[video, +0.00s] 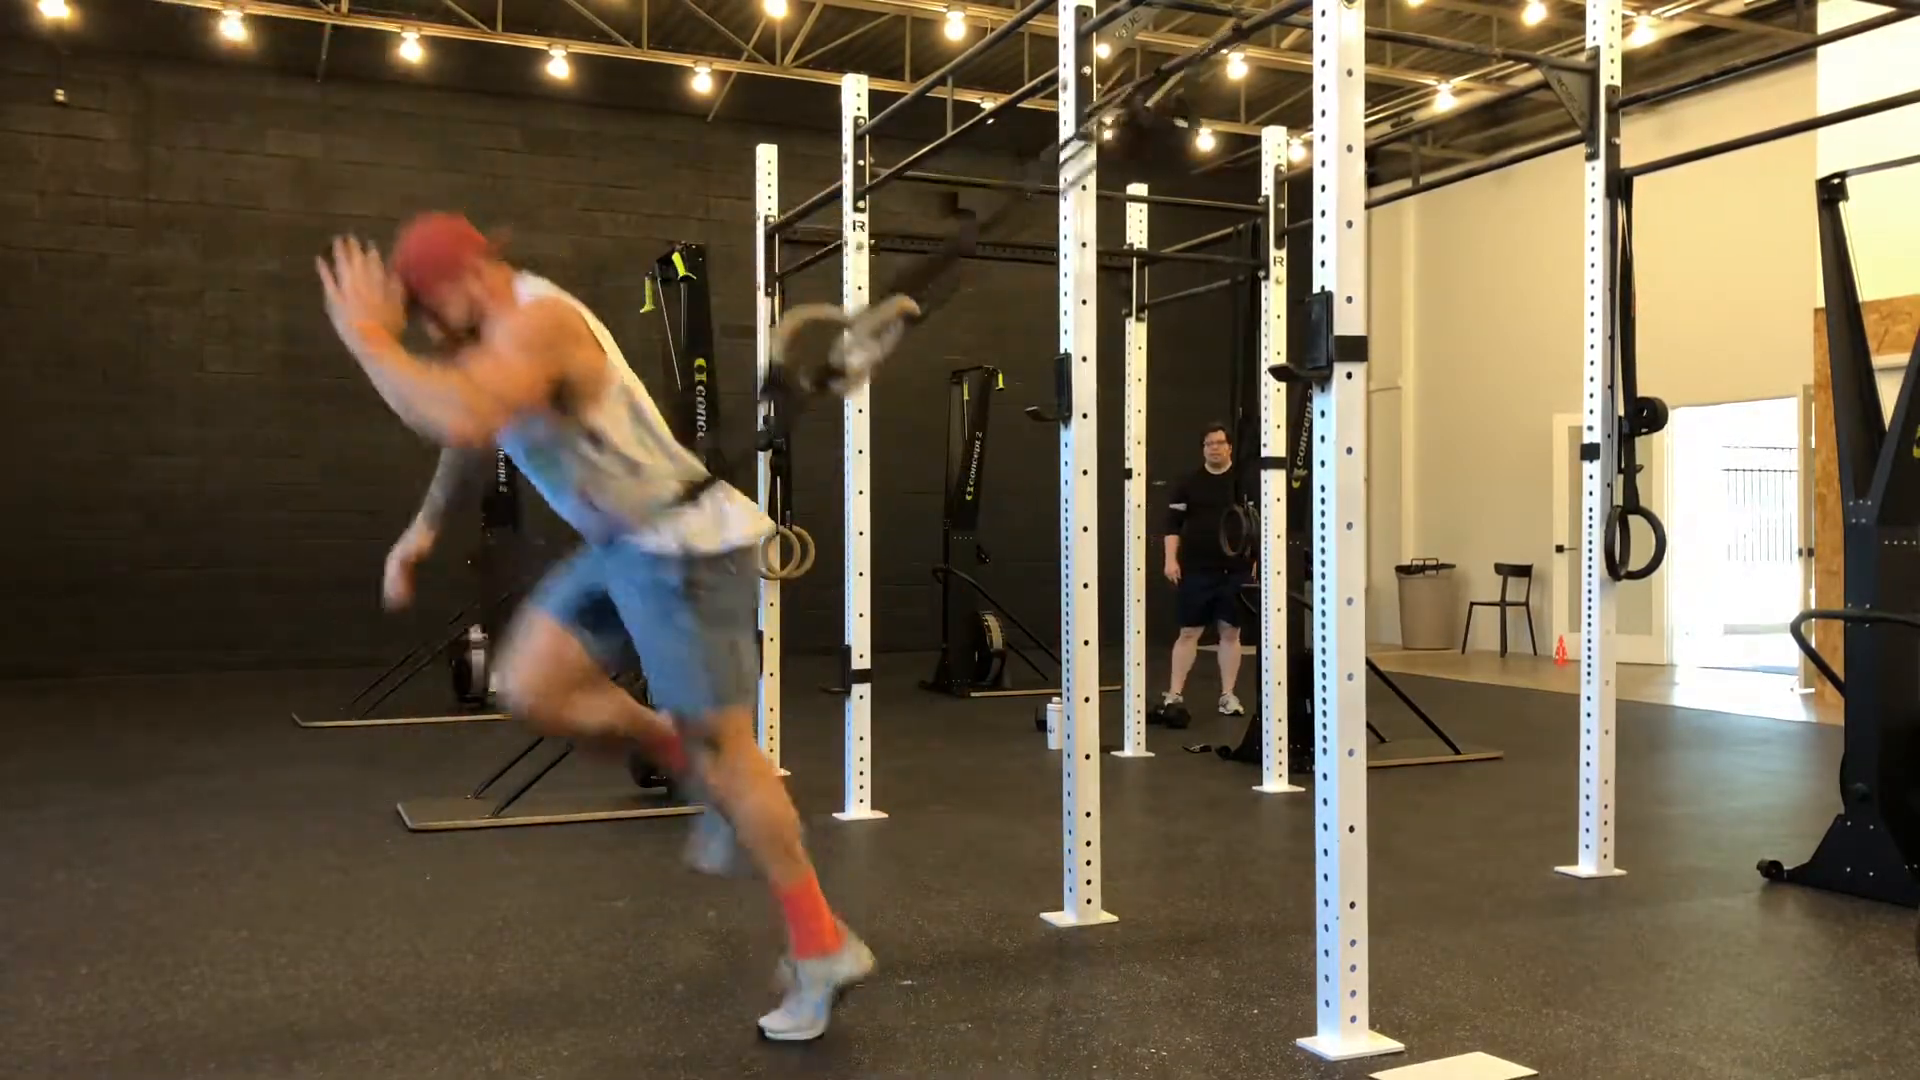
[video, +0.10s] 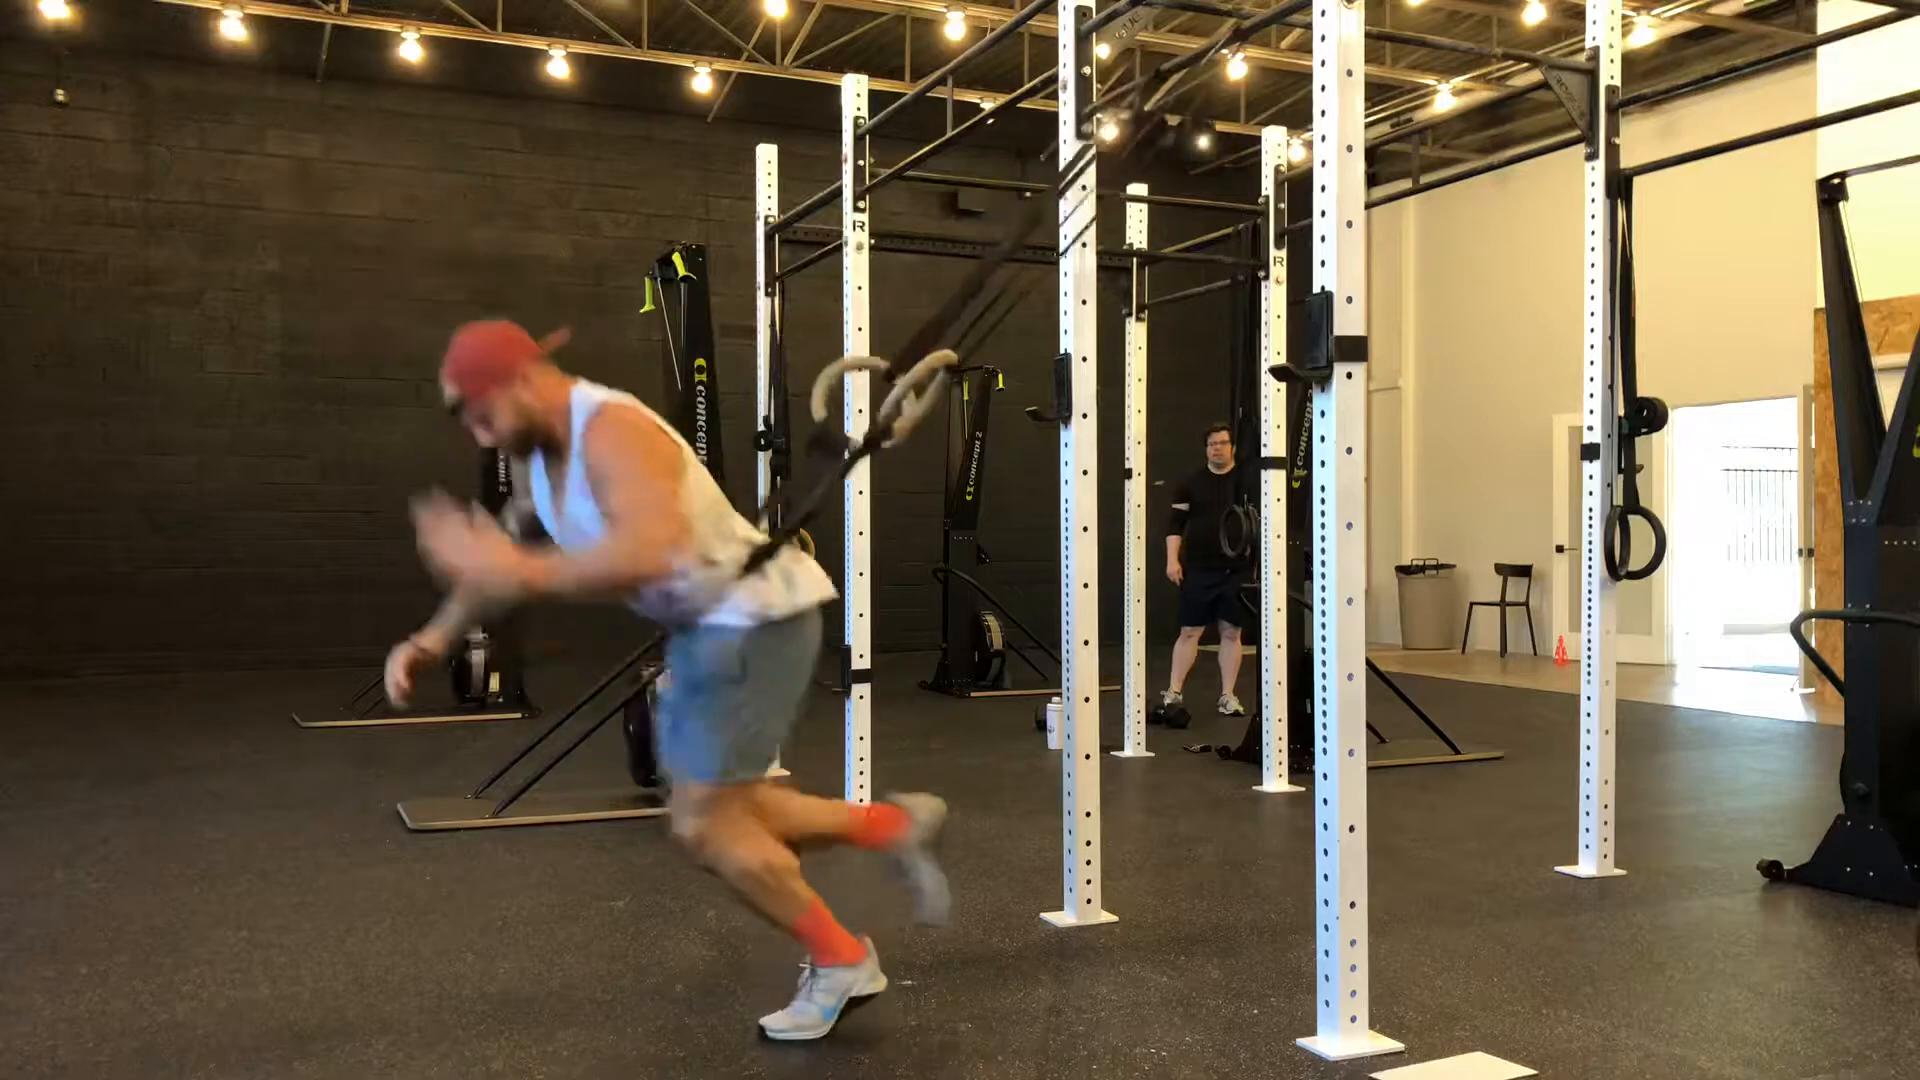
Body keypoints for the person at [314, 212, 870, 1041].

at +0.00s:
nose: (444, 320)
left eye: (446, 301)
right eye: (433, 311)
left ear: (478, 269)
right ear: (432, 306)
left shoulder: (542, 318)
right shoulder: (481, 335)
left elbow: (465, 414)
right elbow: (470, 439)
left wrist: (370, 338)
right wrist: (425, 528)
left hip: (684, 546)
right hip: (616, 547)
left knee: (727, 756)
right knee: (533, 685)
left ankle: (821, 945)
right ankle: (699, 758)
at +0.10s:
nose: (472, 425)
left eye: (476, 406)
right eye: (463, 413)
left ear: (522, 380)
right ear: (503, 393)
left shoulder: (614, 427)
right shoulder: (538, 458)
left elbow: (652, 548)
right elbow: (511, 558)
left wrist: (522, 568)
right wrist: (435, 636)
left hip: (760, 613)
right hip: (701, 625)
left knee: (707, 822)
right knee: (716, 809)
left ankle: (844, 959)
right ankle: (899, 824)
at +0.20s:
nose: (511, 495)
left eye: (511, 477)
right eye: (502, 483)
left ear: (554, 446)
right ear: (543, 456)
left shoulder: (653, 485)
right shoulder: (570, 521)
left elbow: (771, 573)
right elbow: (565, 624)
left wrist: (721, 698)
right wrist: (510, 679)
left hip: (798, 646)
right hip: (790, 650)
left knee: (692, 825)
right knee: (843, 829)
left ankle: (837, 956)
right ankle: (1021, 863)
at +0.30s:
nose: (572, 560)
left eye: (572, 543)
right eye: (563, 549)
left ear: (612, 508)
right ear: (595, 525)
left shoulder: (705, 535)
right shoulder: (642, 583)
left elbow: (843, 575)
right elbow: (634, 687)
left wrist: (915, 685)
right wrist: (561, 677)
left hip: (861, 684)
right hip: (836, 689)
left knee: (707, 812)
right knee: (944, 836)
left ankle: (837, 957)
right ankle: (1091, 898)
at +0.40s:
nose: (602, 571)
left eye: (601, 555)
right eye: (594, 561)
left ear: (635, 522)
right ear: (627, 532)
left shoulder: (730, 539)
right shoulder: (672, 594)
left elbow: (874, 561)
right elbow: (664, 682)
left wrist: (960, 656)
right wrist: (586, 659)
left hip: (889, 676)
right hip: (876, 683)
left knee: (732, 801)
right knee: (962, 839)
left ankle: (846, 962)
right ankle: (1106, 904)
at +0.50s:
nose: (607, 558)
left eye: (604, 541)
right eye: (597, 548)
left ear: (641, 505)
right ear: (634, 514)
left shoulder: (731, 523)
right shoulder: (679, 581)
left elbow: (876, 535)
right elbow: (658, 664)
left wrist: (958, 631)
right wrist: (587, 643)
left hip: (894, 661)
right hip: (882, 667)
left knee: (749, 793)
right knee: (964, 827)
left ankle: (849, 964)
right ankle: (1102, 901)